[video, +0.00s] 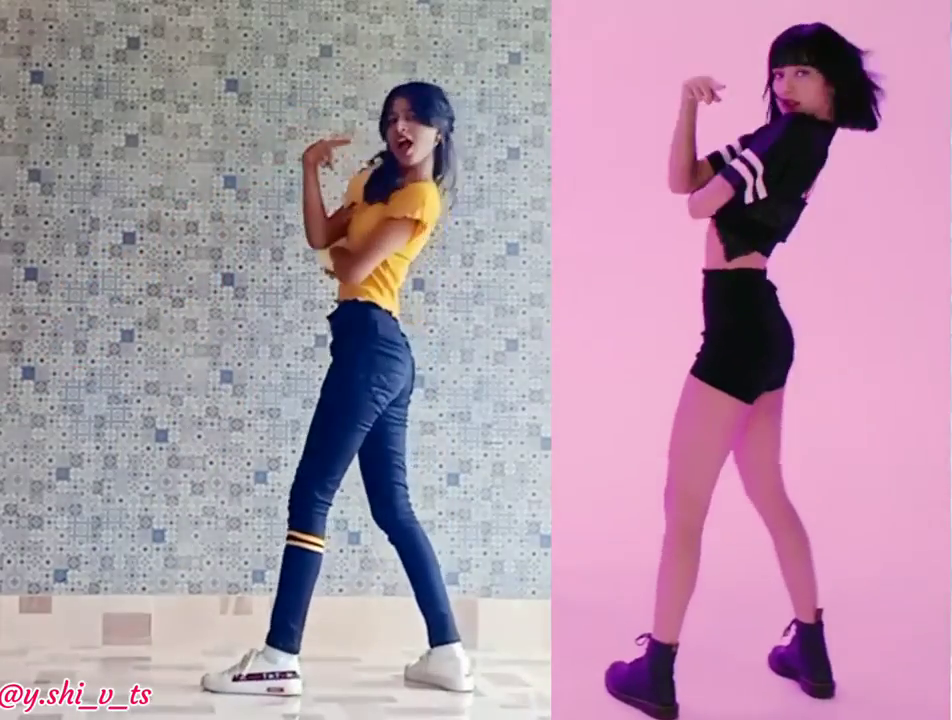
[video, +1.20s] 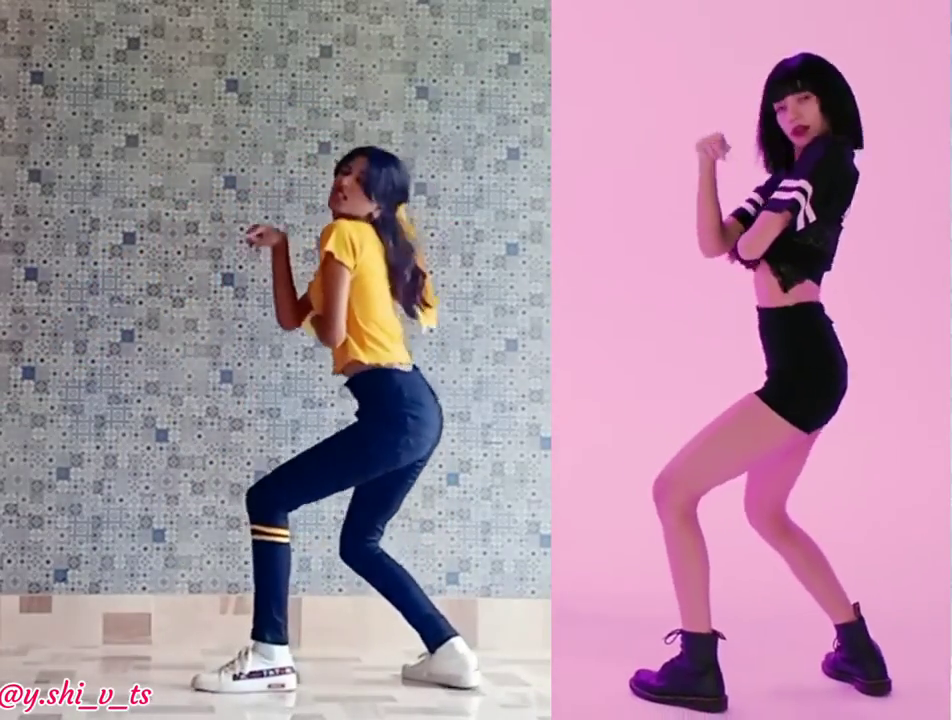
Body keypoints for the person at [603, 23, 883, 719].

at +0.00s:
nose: (786, 82)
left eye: (801, 71)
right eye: (779, 72)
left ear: (834, 83)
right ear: (775, 81)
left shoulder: (792, 138)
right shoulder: (795, 136)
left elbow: (702, 203)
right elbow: (684, 180)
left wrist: (715, 172)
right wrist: (688, 105)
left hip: (734, 330)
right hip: (762, 326)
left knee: (684, 502)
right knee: (767, 490)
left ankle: (657, 668)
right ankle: (810, 649)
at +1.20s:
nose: (792, 109)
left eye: (802, 95)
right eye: (781, 103)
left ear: (830, 101)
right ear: (774, 117)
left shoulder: (826, 161)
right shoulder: (791, 171)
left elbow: (752, 249)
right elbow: (714, 241)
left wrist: (751, 241)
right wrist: (707, 168)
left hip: (805, 369)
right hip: (807, 364)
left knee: (674, 491)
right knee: (767, 512)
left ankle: (697, 665)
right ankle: (859, 647)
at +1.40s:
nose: (718, 173)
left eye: (719, 155)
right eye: (707, 179)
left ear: (751, 143)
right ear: (714, 191)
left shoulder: (766, 193)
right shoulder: (782, 207)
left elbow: (752, 304)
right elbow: (737, 327)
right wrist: (694, 256)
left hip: (833, 399)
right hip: (846, 392)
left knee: (693, 489)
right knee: (777, 512)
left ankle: (704, 659)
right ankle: (863, 643)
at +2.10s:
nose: (710, 190)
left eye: (708, 174)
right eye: (697, 194)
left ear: (731, 162)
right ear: (704, 206)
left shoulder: (767, 201)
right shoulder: (755, 225)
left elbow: (748, 308)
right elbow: (721, 317)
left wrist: (726, 261)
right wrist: (693, 252)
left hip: (849, 387)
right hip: (859, 384)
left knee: (732, 490)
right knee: (801, 515)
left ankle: (737, 652)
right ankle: (887, 639)